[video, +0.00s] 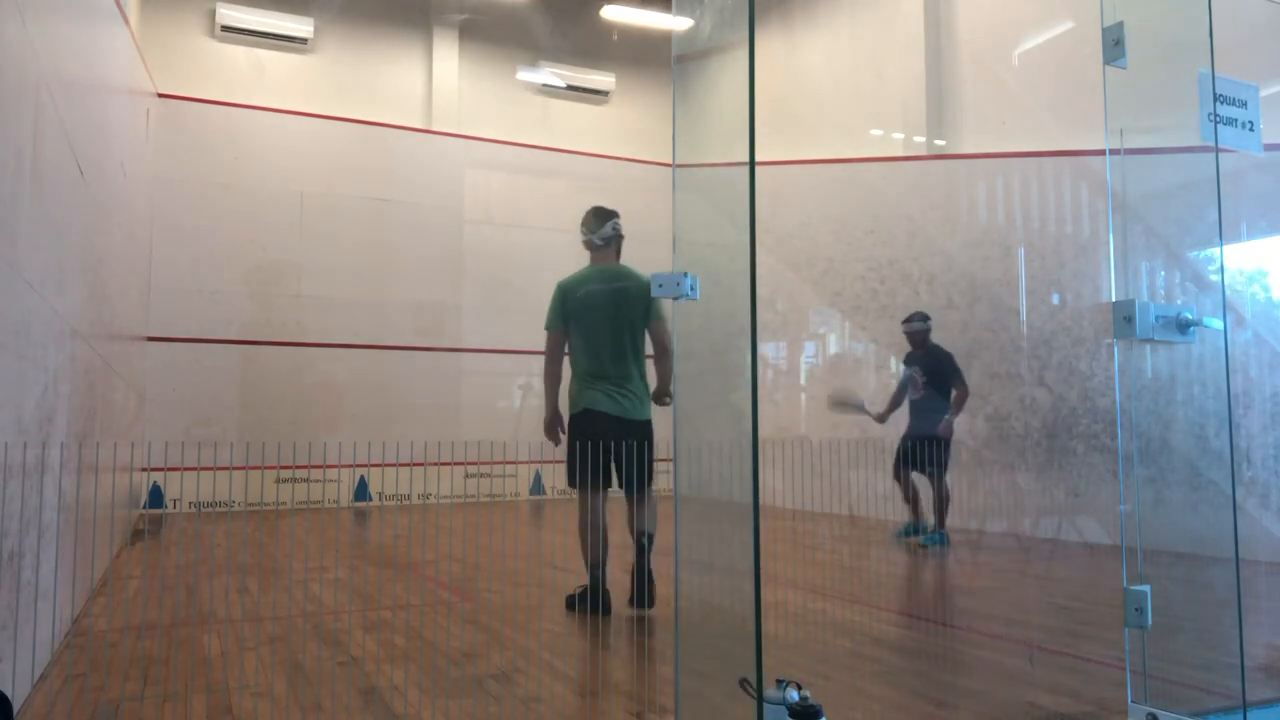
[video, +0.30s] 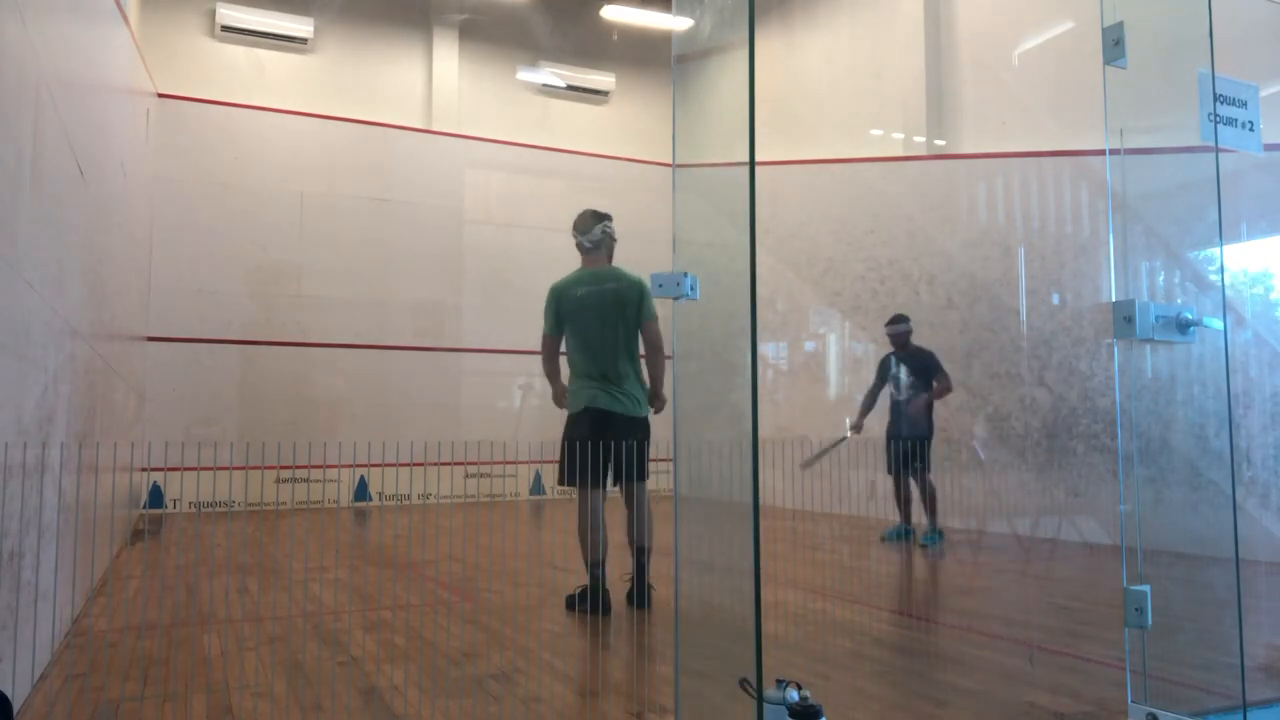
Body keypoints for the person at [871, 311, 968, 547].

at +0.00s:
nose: (911, 338)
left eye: (915, 333)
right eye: (907, 334)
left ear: (927, 332)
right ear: (905, 334)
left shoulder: (941, 357)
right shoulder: (911, 358)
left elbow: (962, 391)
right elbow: (903, 388)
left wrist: (949, 418)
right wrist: (886, 413)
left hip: (937, 427)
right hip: (916, 427)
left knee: (936, 477)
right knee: (900, 471)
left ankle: (940, 530)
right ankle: (917, 521)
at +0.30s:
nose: (895, 340)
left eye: (899, 335)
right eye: (891, 335)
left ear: (909, 333)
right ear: (887, 336)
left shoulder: (925, 357)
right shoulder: (888, 361)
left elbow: (945, 386)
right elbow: (874, 391)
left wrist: (925, 398)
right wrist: (859, 418)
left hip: (919, 429)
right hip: (896, 428)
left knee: (920, 475)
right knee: (899, 477)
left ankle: (933, 528)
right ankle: (905, 525)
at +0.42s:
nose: (891, 341)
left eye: (895, 335)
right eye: (887, 336)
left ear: (905, 334)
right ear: (883, 337)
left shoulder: (920, 357)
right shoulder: (884, 362)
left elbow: (938, 383)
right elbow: (869, 393)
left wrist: (912, 381)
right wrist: (854, 419)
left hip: (916, 427)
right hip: (894, 428)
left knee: (915, 477)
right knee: (899, 478)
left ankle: (926, 525)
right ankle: (905, 525)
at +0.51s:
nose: (887, 341)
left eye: (891, 336)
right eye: (884, 337)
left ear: (901, 334)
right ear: (880, 337)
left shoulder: (917, 356)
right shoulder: (881, 362)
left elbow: (932, 378)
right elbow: (865, 391)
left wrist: (910, 364)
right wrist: (850, 418)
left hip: (914, 424)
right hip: (892, 425)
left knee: (911, 474)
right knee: (898, 476)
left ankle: (921, 524)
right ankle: (905, 523)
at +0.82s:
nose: (880, 336)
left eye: (884, 332)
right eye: (876, 332)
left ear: (894, 332)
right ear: (873, 334)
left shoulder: (910, 358)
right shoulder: (872, 364)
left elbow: (939, 382)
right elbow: (859, 394)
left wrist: (937, 396)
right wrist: (850, 417)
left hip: (907, 426)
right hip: (884, 427)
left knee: (906, 478)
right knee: (893, 480)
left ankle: (909, 528)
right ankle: (903, 524)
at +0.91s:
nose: (878, 332)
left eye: (883, 328)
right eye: (875, 328)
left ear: (893, 330)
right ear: (873, 330)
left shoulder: (910, 357)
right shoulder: (870, 361)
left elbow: (934, 385)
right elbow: (858, 391)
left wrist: (939, 411)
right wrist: (849, 416)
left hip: (906, 427)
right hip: (882, 428)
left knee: (905, 477)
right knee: (892, 480)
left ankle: (909, 527)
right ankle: (902, 524)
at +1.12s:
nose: (876, 330)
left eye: (881, 325)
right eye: (873, 325)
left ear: (893, 328)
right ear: (870, 328)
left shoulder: (908, 357)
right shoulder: (866, 360)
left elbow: (926, 389)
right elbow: (853, 389)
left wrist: (930, 421)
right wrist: (853, 410)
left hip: (903, 427)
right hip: (879, 428)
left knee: (904, 479)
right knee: (889, 481)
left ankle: (909, 528)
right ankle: (900, 523)